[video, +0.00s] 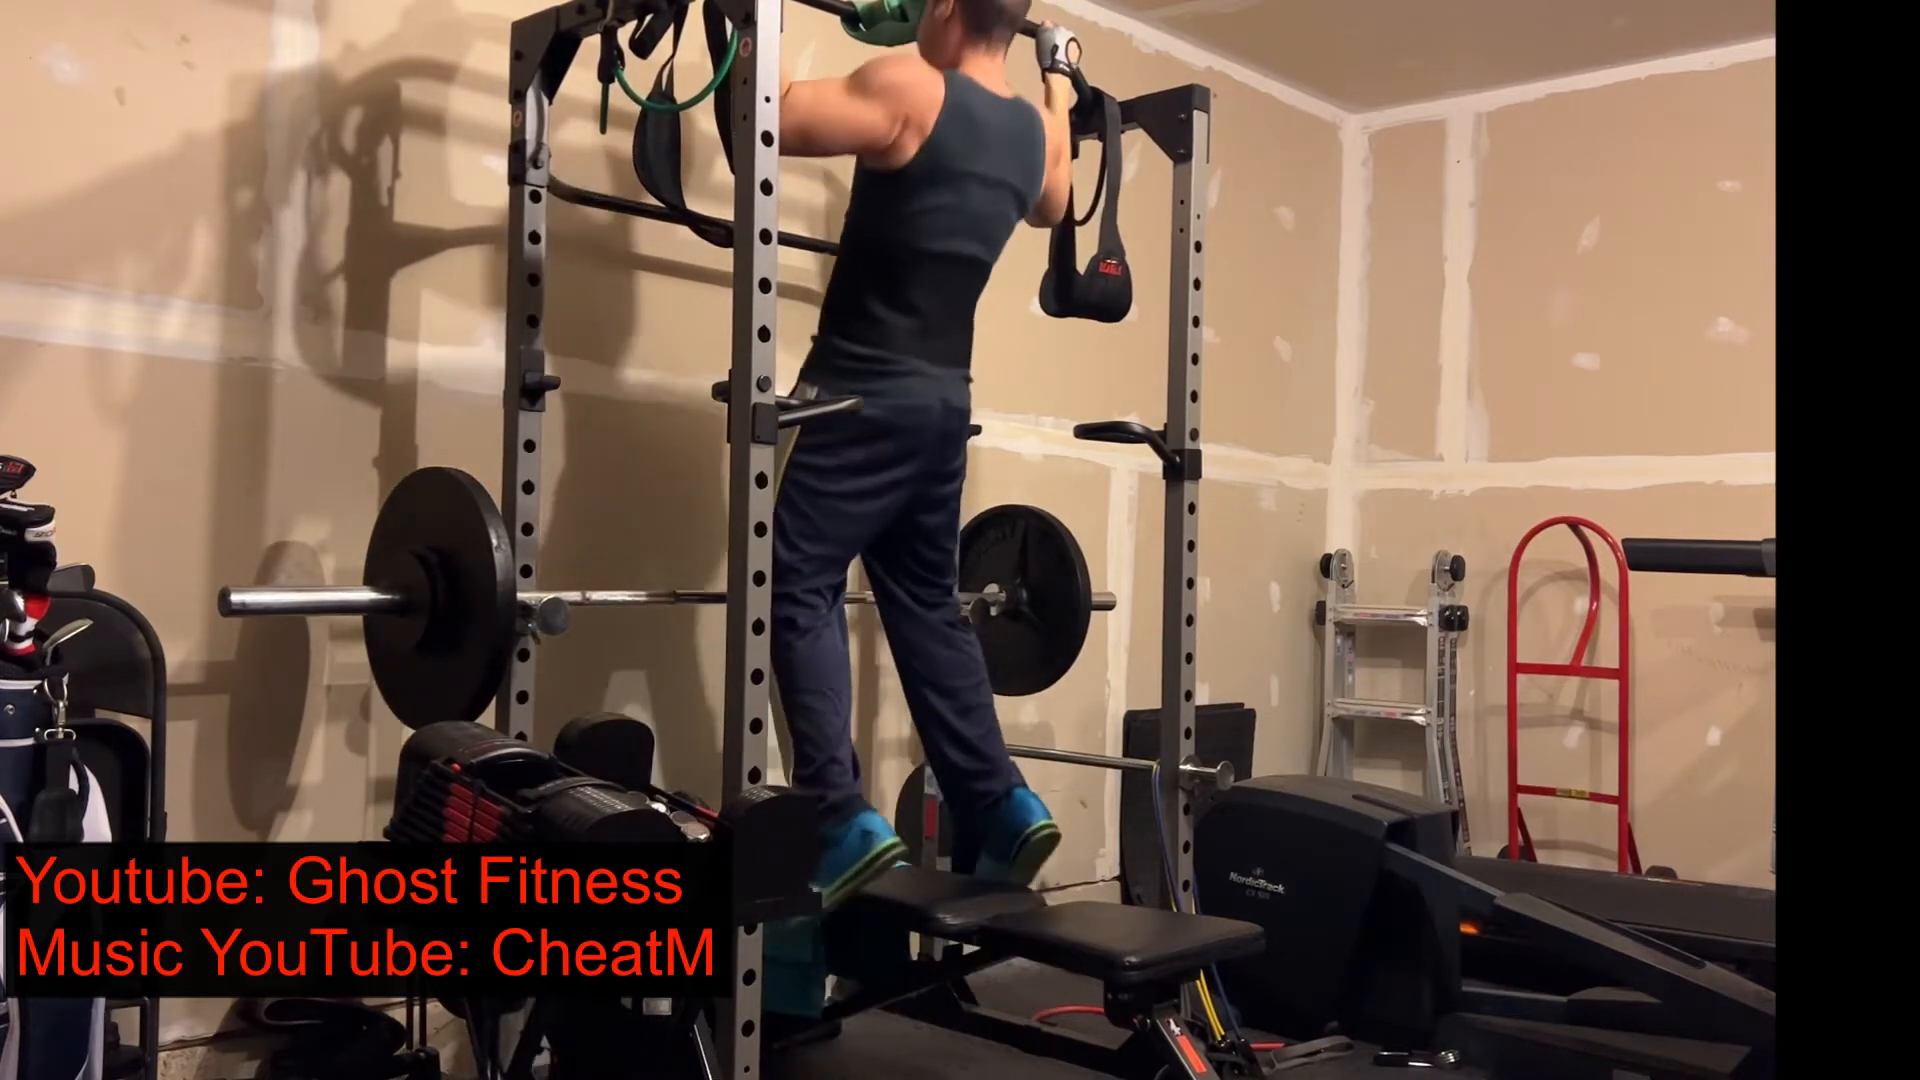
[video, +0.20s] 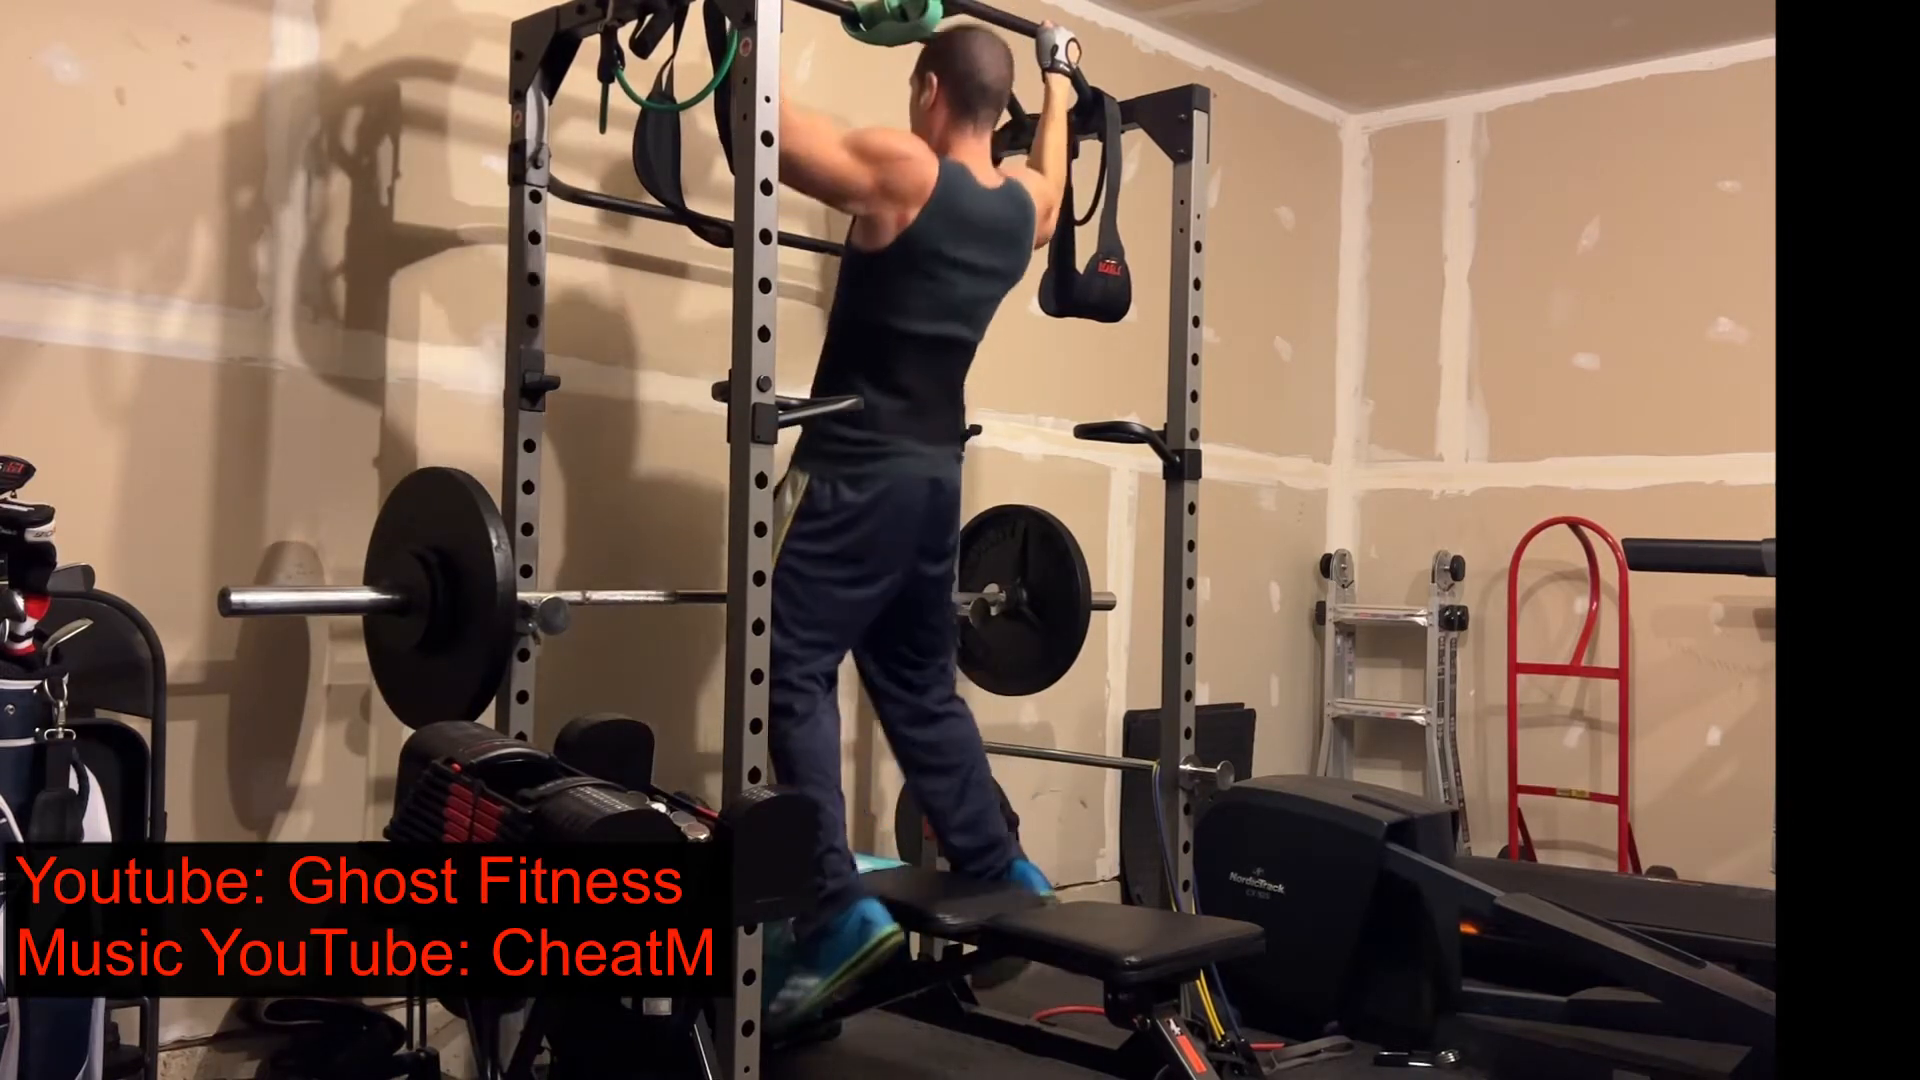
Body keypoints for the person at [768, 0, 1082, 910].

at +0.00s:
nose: (920, 17)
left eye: (927, 6)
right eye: (926, 7)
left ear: (947, 13)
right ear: (1013, 30)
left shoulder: (906, 86)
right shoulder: (1033, 130)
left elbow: (769, 117)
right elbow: (1056, 207)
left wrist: (748, 22)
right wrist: (1058, 95)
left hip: (861, 389)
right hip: (941, 400)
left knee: (799, 593)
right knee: (928, 608)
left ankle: (842, 820)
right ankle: (1002, 809)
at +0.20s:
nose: (909, 97)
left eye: (915, 83)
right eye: (918, 84)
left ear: (931, 92)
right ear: (1001, 113)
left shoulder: (901, 164)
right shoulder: (1019, 207)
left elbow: (771, 132)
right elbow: (1048, 183)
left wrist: (747, 46)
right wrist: (1056, 118)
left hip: (860, 471)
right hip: (933, 477)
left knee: (794, 672)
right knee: (918, 686)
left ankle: (834, 905)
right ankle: (997, 870)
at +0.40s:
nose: (901, 148)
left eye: (906, 138)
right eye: (908, 138)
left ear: (925, 147)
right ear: (999, 163)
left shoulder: (894, 214)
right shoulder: (1012, 254)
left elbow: (771, 141)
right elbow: (1047, 187)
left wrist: (748, 35)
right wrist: (1058, 96)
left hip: (856, 523)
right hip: (928, 526)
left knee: (792, 728)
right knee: (922, 739)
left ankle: (837, 960)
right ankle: (1007, 938)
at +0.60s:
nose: (905, 167)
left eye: (913, 154)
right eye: (916, 156)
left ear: (929, 164)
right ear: (998, 185)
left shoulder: (895, 235)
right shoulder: (1013, 270)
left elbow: (785, 140)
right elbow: (1045, 186)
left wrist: (761, 29)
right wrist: (1058, 94)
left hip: (852, 534)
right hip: (928, 538)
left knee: (795, 747)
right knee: (922, 752)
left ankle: (843, 977)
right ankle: (1009, 955)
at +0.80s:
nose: (919, 135)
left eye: (925, 124)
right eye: (927, 125)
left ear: (945, 130)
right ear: (1007, 149)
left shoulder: (907, 196)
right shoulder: (1026, 241)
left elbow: (784, 140)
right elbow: (1049, 181)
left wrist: (761, 30)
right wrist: (1057, 103)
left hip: (859, 510)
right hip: (931, 514)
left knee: (795, 711)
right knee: (918, 722)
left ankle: (841, 940)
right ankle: (997, 915)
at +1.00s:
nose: (939, 56)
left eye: (946, 40)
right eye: (947, 41)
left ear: (964, 51)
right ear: (1037, 66)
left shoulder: (928, 127)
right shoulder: (1053, 166)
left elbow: (786, 121)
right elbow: (1068, 193)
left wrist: (757, 18)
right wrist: (1043, 97)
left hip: (871, 437)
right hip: (947, 445)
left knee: (787, 619)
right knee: (913, 636)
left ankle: (810, 851)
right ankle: (975, 831)